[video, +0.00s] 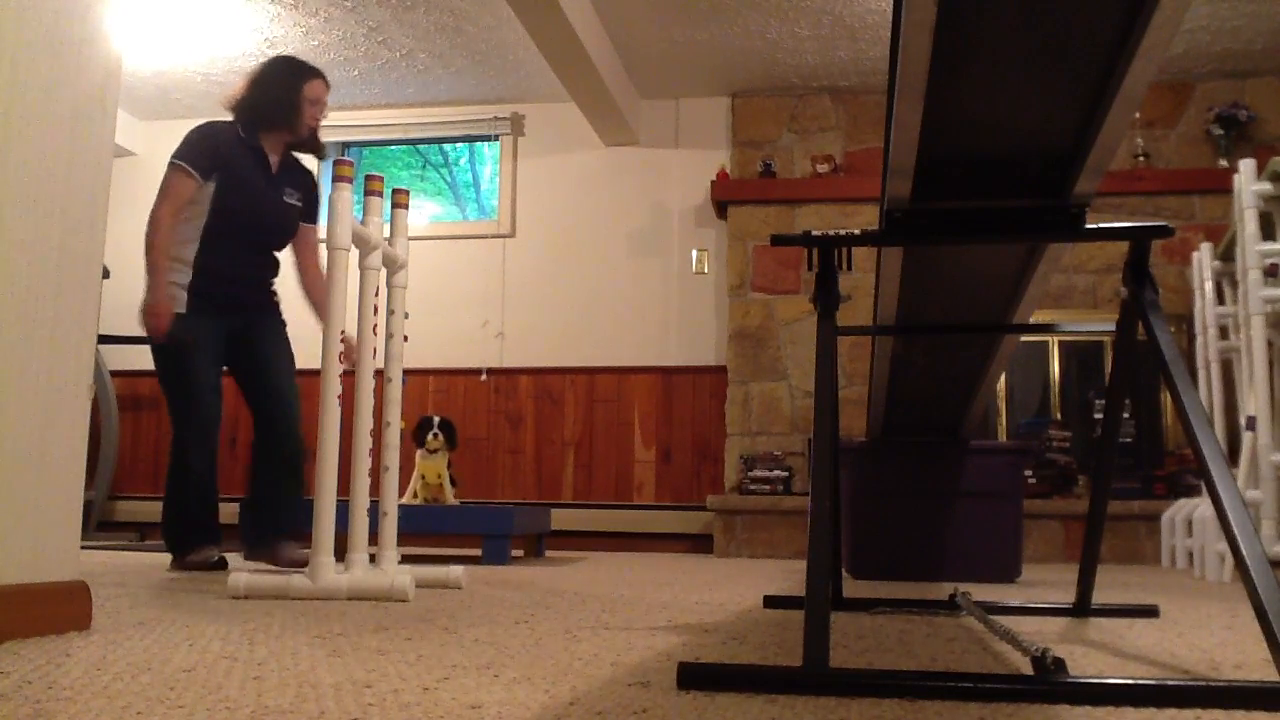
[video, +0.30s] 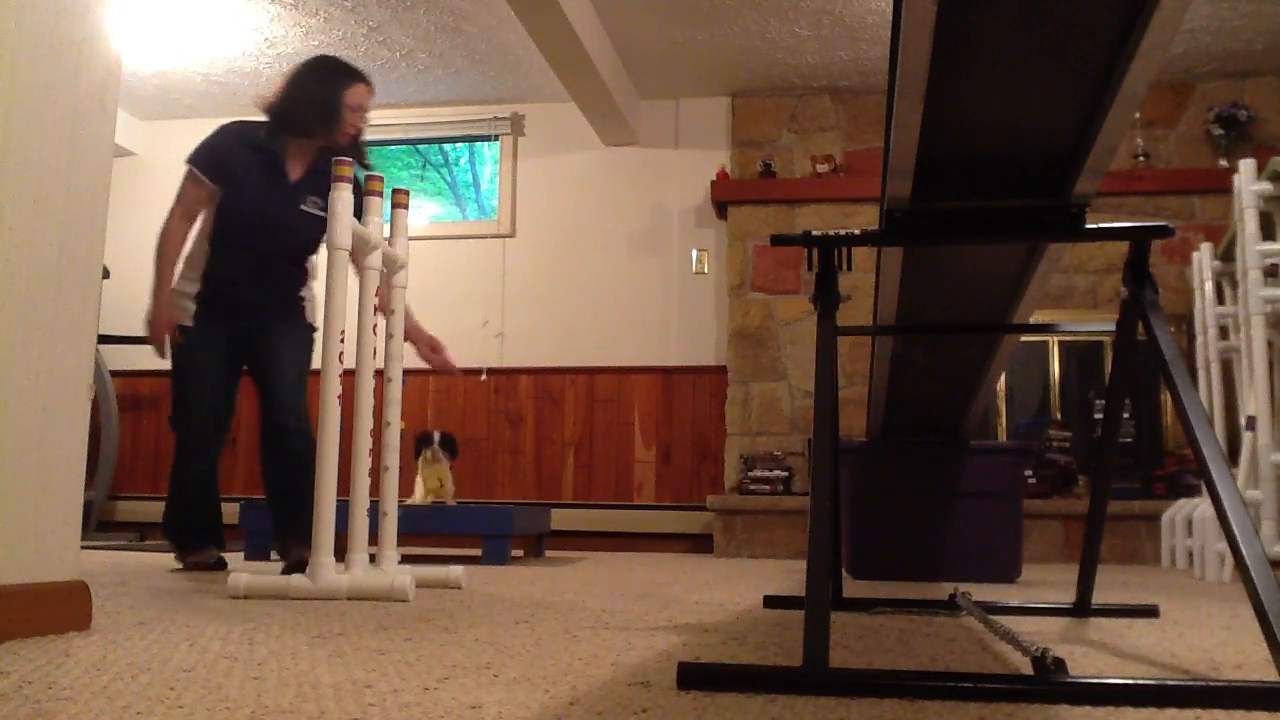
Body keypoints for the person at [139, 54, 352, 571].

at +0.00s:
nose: (322, 114)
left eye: (324, 105)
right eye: (314, 103)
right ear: (282, 101)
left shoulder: (299, 180)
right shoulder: (213, 141)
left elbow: (310, 265)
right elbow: (164, 214)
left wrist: (337, 329)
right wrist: (157, 290)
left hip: (255, 308)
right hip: (189, 304)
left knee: (281, 419)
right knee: (198, 423)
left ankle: (268, 536)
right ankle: (194, 542)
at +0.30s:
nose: (362, 125)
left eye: (365, 114)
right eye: (355, 112)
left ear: (340, 115)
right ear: (320, 106)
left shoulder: (340, 175)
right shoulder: (236, 143)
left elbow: (370, 268)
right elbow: (182, 215)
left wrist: (417, 334)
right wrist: (161, 296)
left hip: (282, 313)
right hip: (210, 308)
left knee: (288, 423)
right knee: (201, 428)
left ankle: (298, 546)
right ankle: (197, 542)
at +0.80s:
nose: (406, 107)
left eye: (410, 98)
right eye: (398, 93)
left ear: (402, 103)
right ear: (359, 84)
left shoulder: (383, 165)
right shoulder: (268, 125)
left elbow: (426, 242)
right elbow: (210, 208)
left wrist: (474, 285)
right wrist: (205, 291)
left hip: (308, 297)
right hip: (240, 286)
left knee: (305, 418)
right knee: (214, 415)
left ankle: (298, 545)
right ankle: (198, 529)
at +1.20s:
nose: (323, 97)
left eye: (333, 89)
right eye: (314, 83)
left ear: (338, 98)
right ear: (282, 80)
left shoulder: (317, 158)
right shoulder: (209, 134)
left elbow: (343, 250)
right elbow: (172, 228)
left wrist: (393, 298)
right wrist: (178, 312)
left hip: (276, 301)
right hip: (207, 296)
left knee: (284, 419)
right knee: (173, 417)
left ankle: (292, 544)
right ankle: (134, 542)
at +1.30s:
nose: (305, 109)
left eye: (316, 101)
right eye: (297, 94)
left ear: (323, 111)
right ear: (267, 91)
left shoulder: (309, 177)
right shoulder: (197, 145)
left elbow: (318, 274)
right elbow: (158, 233)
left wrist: (353, 322)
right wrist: (164, 319)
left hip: (260, 305)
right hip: (190, 299)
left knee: (273, 418)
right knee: (161, 421)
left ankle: (287, 543)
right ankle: (131, 544)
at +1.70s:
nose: (349, 157)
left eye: (360, 149)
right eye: (340, 142)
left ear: (366, 155)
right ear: (309, 134)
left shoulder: (338, 205)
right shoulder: (248, 173)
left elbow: (351, 293)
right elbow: (202, 259)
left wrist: (360, 357)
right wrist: (220, 341)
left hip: (270, 313)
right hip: (202, 305)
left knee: (310, 418)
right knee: (174, 425)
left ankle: (330, 542)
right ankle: (128, 543)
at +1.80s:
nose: (380, 167)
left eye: (389, 159)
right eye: (372, 152)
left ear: (395, 161)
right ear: (340, 144)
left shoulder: (365, 206)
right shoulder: (278, 179)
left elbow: (382, 286)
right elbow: (231, 267)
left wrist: (394, 345)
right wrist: (266, 352)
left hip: (291, 315)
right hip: (224, 308)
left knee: (335, 429)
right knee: (182, 434)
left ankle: (343, 546)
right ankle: (133, 544)